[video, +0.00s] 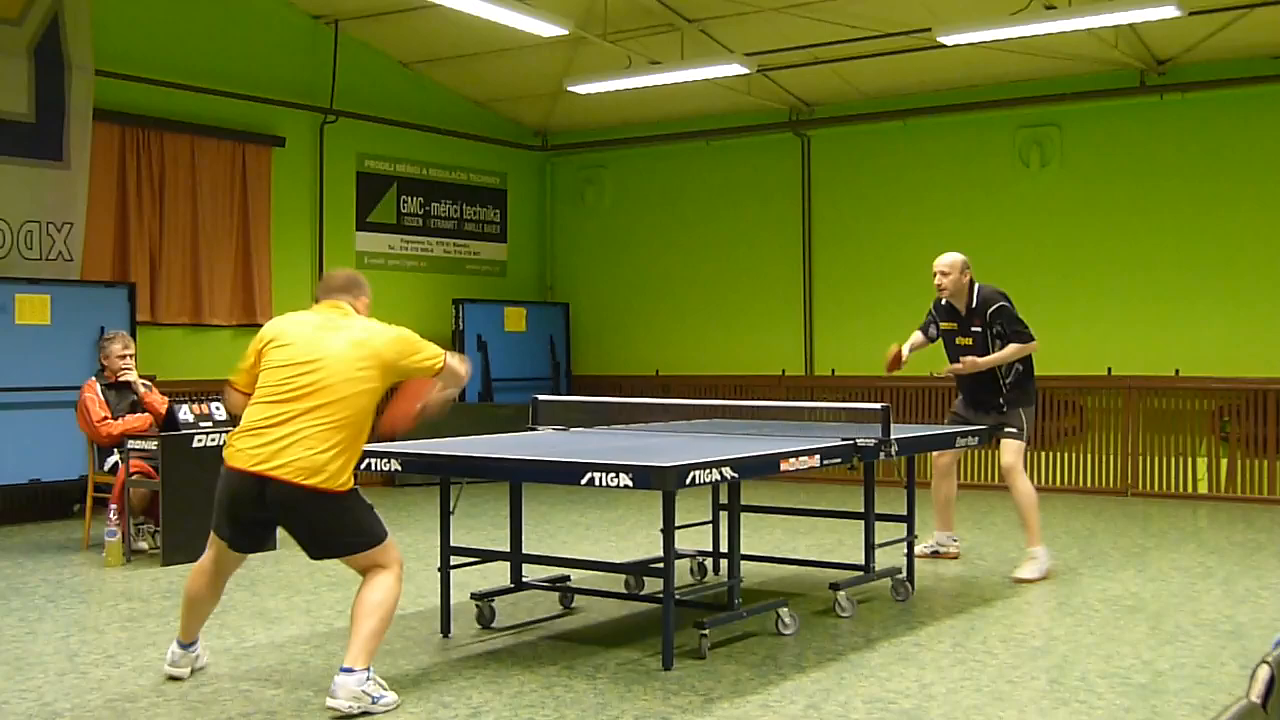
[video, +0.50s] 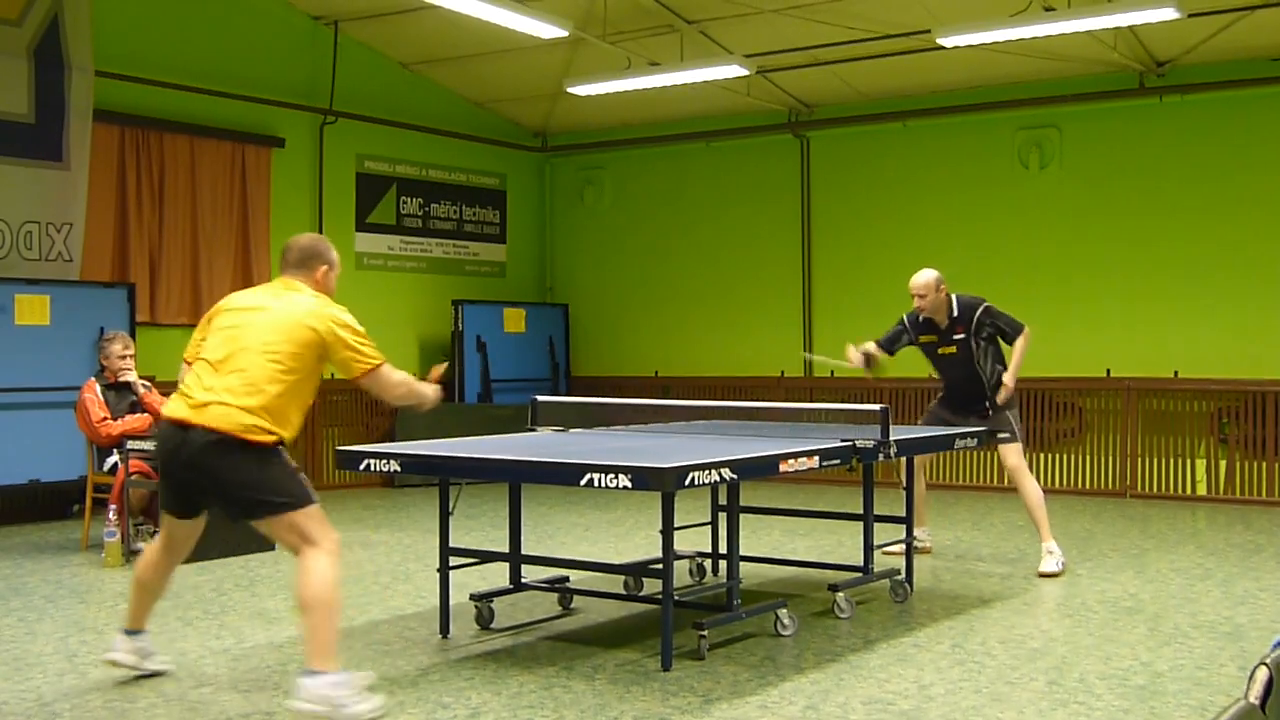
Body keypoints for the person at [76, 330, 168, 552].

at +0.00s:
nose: (127, 362)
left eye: (131, 357)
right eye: (121, 357)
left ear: (135, 359)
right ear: (104, 361)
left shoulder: (144, 386)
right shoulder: (91, 390)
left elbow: (169, 418)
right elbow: (103, 432)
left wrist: (140, 389)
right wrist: (147, 419)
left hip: (152, 452)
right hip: (117, 454)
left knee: (174, 475)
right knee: (141, 479)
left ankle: (155, 525)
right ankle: (136, 524)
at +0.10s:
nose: (127, 362)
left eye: (130, 357)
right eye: (120, 357)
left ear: (135, 358)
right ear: (104, 360)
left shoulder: (144, 386)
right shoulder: (91, 390)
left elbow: (168, 417)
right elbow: (103, 432)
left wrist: (140, 389)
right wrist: (147, 419)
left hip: (151, 451)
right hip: (117, 454)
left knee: (174, 474)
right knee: (141, 479)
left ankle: (154, 525)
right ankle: (136, 524)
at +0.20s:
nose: (127, 362)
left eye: (130, 356)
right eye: (120, 357)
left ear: (135, 358)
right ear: (104, 361)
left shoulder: (143, 386)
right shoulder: (91, 390)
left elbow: (168, 418)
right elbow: (103, 432)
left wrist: (140, 389)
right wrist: (147, 420)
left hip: (151, 451)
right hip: (116, 454)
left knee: (174, 475)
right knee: (140, 478)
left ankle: (155, 526)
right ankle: (136, 524)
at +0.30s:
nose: (127, 362)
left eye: (130, 357)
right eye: (120, 357)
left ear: (135, 358)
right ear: (103, 361)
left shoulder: (143, 386)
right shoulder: (90, 390)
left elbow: (168, 417)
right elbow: (103, 432)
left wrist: (139, 389)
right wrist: (146, 420)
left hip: (151, 452)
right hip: (116, 454)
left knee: (173, 475)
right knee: (140, 478)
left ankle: (154, 526)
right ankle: (135, 525)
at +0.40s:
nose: (128, 362)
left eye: (131, 357)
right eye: (121, 357)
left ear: (135, 359)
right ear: (104, 361)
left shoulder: (142, 386)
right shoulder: (91, 390)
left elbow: (167, 417)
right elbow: (103, 433)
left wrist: (140, 389)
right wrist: (147, 420)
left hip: (150, 451)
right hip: (116, 454)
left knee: (174, 474)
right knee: (140, 478)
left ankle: (152, 526)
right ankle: (135, 524)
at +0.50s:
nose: (128, 362)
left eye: (131, 357)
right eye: (121, 358)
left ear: (136, 359)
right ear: (104, 361)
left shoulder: (143, 386)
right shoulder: (91, 390)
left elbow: (169, 414)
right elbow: (103, 433)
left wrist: (140, 390)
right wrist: (147, 420)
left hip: (151, 451)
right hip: (116, 454)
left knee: (175, 475)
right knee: (140, 480)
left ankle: (159, 529)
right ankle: (130, 529)